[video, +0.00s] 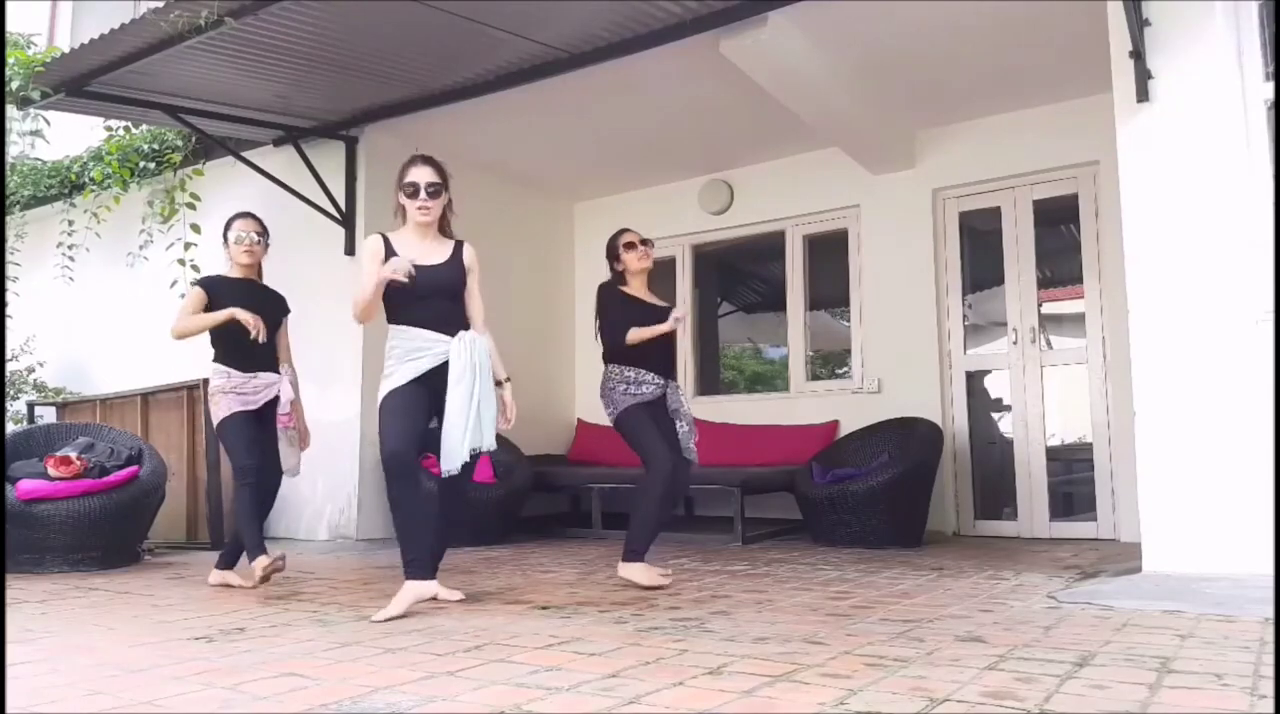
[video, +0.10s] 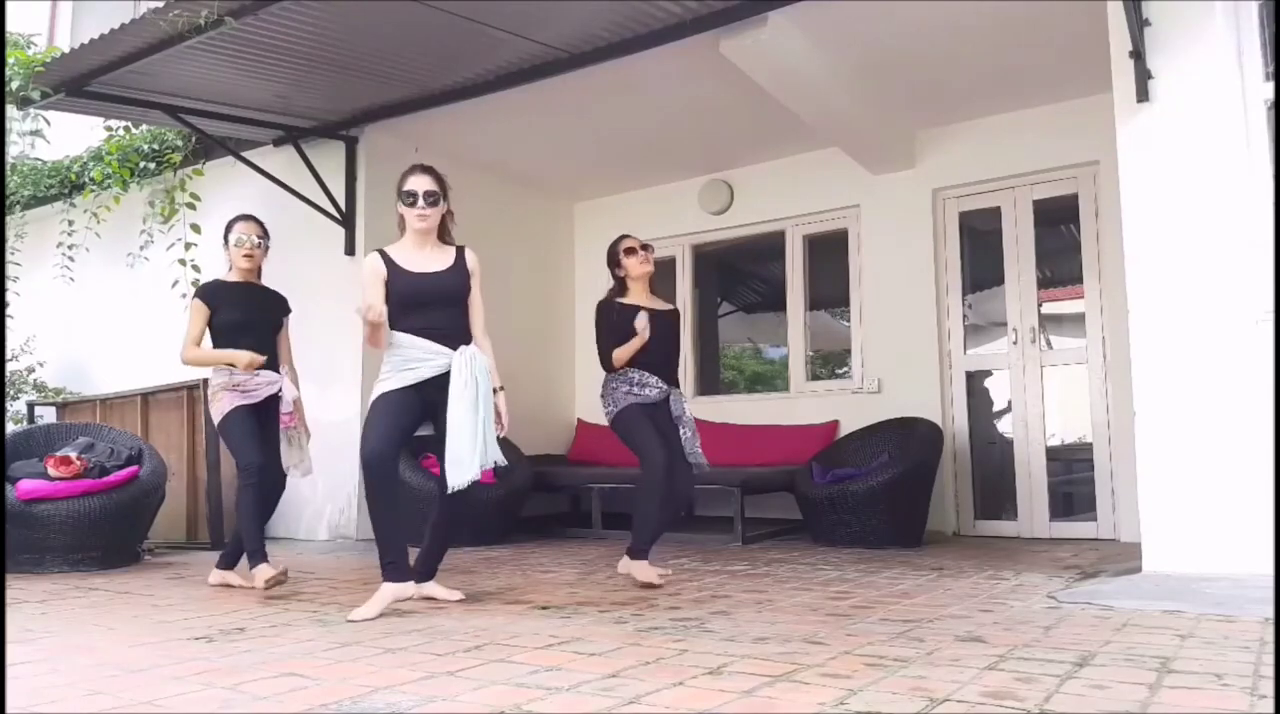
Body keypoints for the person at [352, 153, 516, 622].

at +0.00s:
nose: (423, 197)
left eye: (433, 189)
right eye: (413, 190)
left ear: (446, 197)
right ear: (400, 197)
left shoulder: (463, 253)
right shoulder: (380, 245)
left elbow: (479, 325)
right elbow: (363, 314)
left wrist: (502, 381)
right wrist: (380, 277)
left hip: (460, 368)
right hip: (407, 367)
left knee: (453, 472)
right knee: (396, 454)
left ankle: (428, 575)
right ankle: (417, 576)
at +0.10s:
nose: (421, 205)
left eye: (430, 198)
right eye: (411, 197)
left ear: (444, 205)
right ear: (399, 205)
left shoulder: (465, 259)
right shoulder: (379, 261)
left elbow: (479, 333)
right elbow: (375, 345)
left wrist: (497, 389)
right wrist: (374, 320)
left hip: (460, 376)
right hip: (403, 376)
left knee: (460, 478)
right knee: (375, 453)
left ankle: (426, 576)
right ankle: (395, 578)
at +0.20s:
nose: (422, 209)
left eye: (431, 201)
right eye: (412, 202)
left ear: (445, 208)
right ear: (400, 210)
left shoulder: (466, 266)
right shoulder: (381, 266)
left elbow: (480, 339)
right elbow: (374, 333)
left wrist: (497, 398)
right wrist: (364, 382)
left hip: (460, 384)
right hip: (402, 385)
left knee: (460, 483)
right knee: (353, 459)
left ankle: (423, 577)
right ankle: (384, 579)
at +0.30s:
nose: (421, 205)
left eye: (430, 198)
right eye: (411, 198)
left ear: (444, 206)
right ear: (399, 207)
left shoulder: (467, 264)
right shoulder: (379, 265)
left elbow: (479, 339)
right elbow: (376, 340)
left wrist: (502, 393)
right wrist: (341, 341)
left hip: (458, 382)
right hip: (402, 383)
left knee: (461, 488)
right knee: (349, 457)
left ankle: (423, 576)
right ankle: (381, 577)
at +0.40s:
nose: (418, 196)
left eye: (428, 188)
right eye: (409, 189)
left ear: (443, 196)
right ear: (398, 198)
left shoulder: (466, 252)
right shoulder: (382, 252)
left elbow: (482, 324)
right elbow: (343, 318)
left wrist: (504, 379)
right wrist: (336, 282)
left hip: (457, 373)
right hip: (401, 373)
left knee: (457, 486)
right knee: (358, 451)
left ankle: (423, 576)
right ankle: (380, 576)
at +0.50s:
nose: (418, 188)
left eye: (428, 180)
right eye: (408, 182)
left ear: (444, 185)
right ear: (399, 190)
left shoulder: (468, 244)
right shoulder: (384, 244)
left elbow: (484, 314)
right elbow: (333, 288)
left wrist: (505, 368)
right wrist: (330, 301)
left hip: (453, 362)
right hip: (397, 361)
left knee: (454, 472)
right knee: (383, 453)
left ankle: (423, 576)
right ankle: (360, 576)